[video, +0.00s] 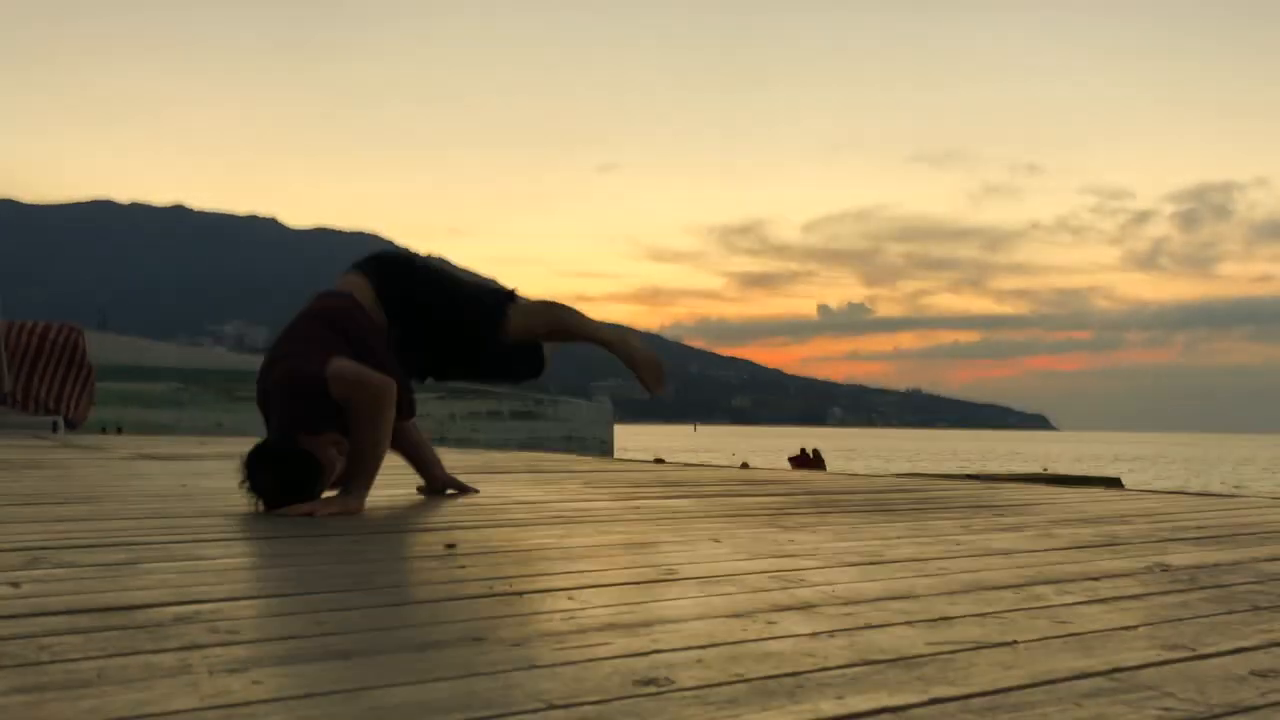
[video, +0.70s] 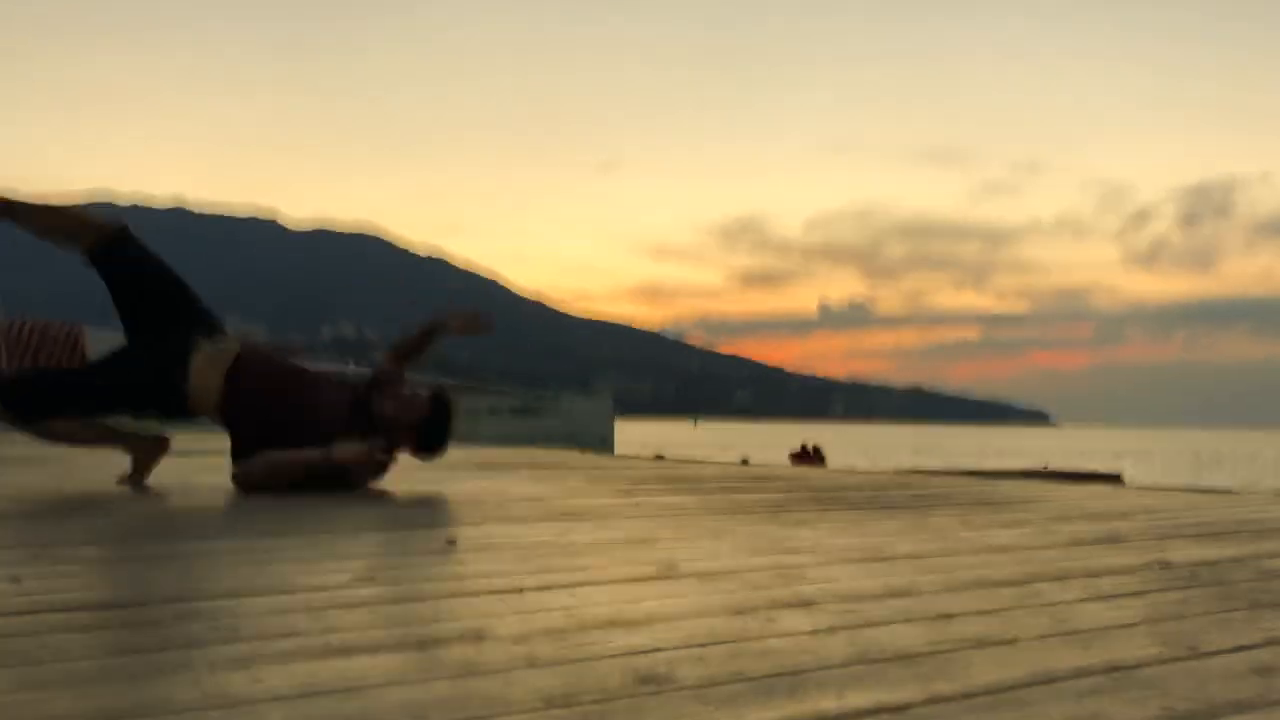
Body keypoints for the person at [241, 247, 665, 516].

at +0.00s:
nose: (335, 467)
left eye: (328, 468)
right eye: (328, 471)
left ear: (315, 445)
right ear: (312, 445)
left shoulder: (302, 383)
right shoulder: (285, 411)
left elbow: (378, 391)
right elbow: (387, 418)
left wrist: (355, 493)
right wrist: (435, 477)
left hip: (391, 287)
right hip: (386, 338)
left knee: (512, 318)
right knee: (514, 360)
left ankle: (619, 340)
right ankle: (436, 479)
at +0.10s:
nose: (337, 449)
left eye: (330, 451)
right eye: (337, 464)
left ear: (309, 445)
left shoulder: (278, 391)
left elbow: (365, 385)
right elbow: (370, 431)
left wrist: (353, 491)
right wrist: (429, 474)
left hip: (353, 304)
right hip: (374, 370)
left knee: (480, 267)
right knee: (481, 372)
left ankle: (432, 248)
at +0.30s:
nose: (354, 356)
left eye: (364, 371)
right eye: (378, 373)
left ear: (346, 383)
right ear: (377, 433)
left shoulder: (307, 361)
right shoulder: (337, 468)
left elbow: (302, 271)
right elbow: (393, 459)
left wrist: (387, 312)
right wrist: (430, 465)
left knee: (219, 314)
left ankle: (168, 402)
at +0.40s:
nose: (385, 353)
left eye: (391, 356)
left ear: (378, 373)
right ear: (424, 404)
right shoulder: (403, 424)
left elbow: (218, 331)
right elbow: (415, 368)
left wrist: (286, 280)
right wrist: (441, 393)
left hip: (227, 390)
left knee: (116, 351)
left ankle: (160, 450)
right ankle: (299, 467)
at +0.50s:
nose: (389, 362)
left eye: (399, 370)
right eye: (398, 357)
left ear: (398, 392)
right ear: (400, 353)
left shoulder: (338, 432)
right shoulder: (379, 350)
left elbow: (231, 436)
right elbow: (365, 298)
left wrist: (265, 386)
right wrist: (408, 311)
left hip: (196, 381)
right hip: (216, 337)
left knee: (63, 363)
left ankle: (151, 448)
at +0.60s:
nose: (396, 375)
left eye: (405, 391)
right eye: (408, 372)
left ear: (406, 418)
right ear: (406, 369)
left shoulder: (354, 451)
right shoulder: (378, 359)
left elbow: (244, 481)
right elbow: (365, 305)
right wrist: (391, 282)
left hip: (183, 388)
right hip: (209, 330)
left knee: (35, 391)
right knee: (114, 273)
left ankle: (151, 448)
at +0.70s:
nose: (400, 393)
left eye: (410, 405)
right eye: (408, 391)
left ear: (406, 436)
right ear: (403, 392)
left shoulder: (355, 462)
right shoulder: (373, 394)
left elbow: (248, 476)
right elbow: (400, 358)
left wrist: (332, 459)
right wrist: (441, 327)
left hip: (172, 389)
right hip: (194, 332)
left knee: (17, 401)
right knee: (104, 234)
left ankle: (137, 446)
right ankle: (6, 206)